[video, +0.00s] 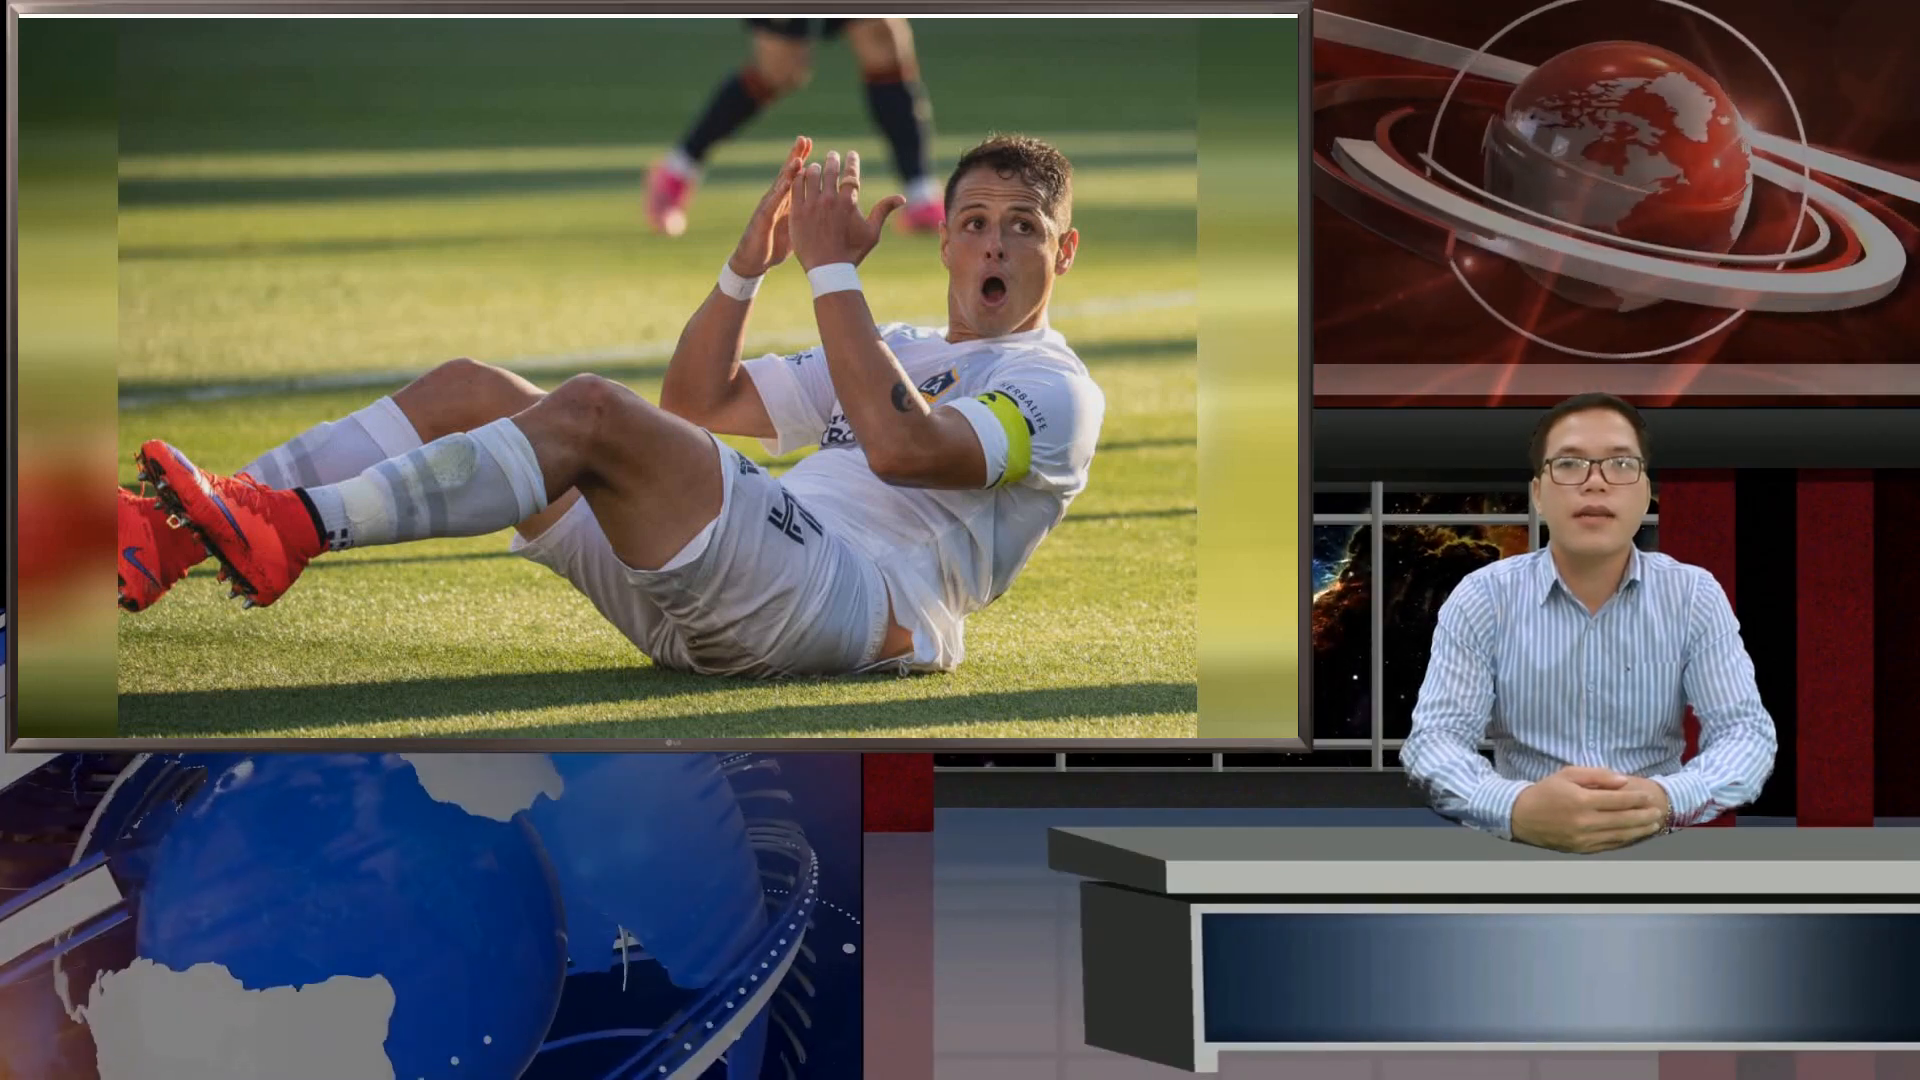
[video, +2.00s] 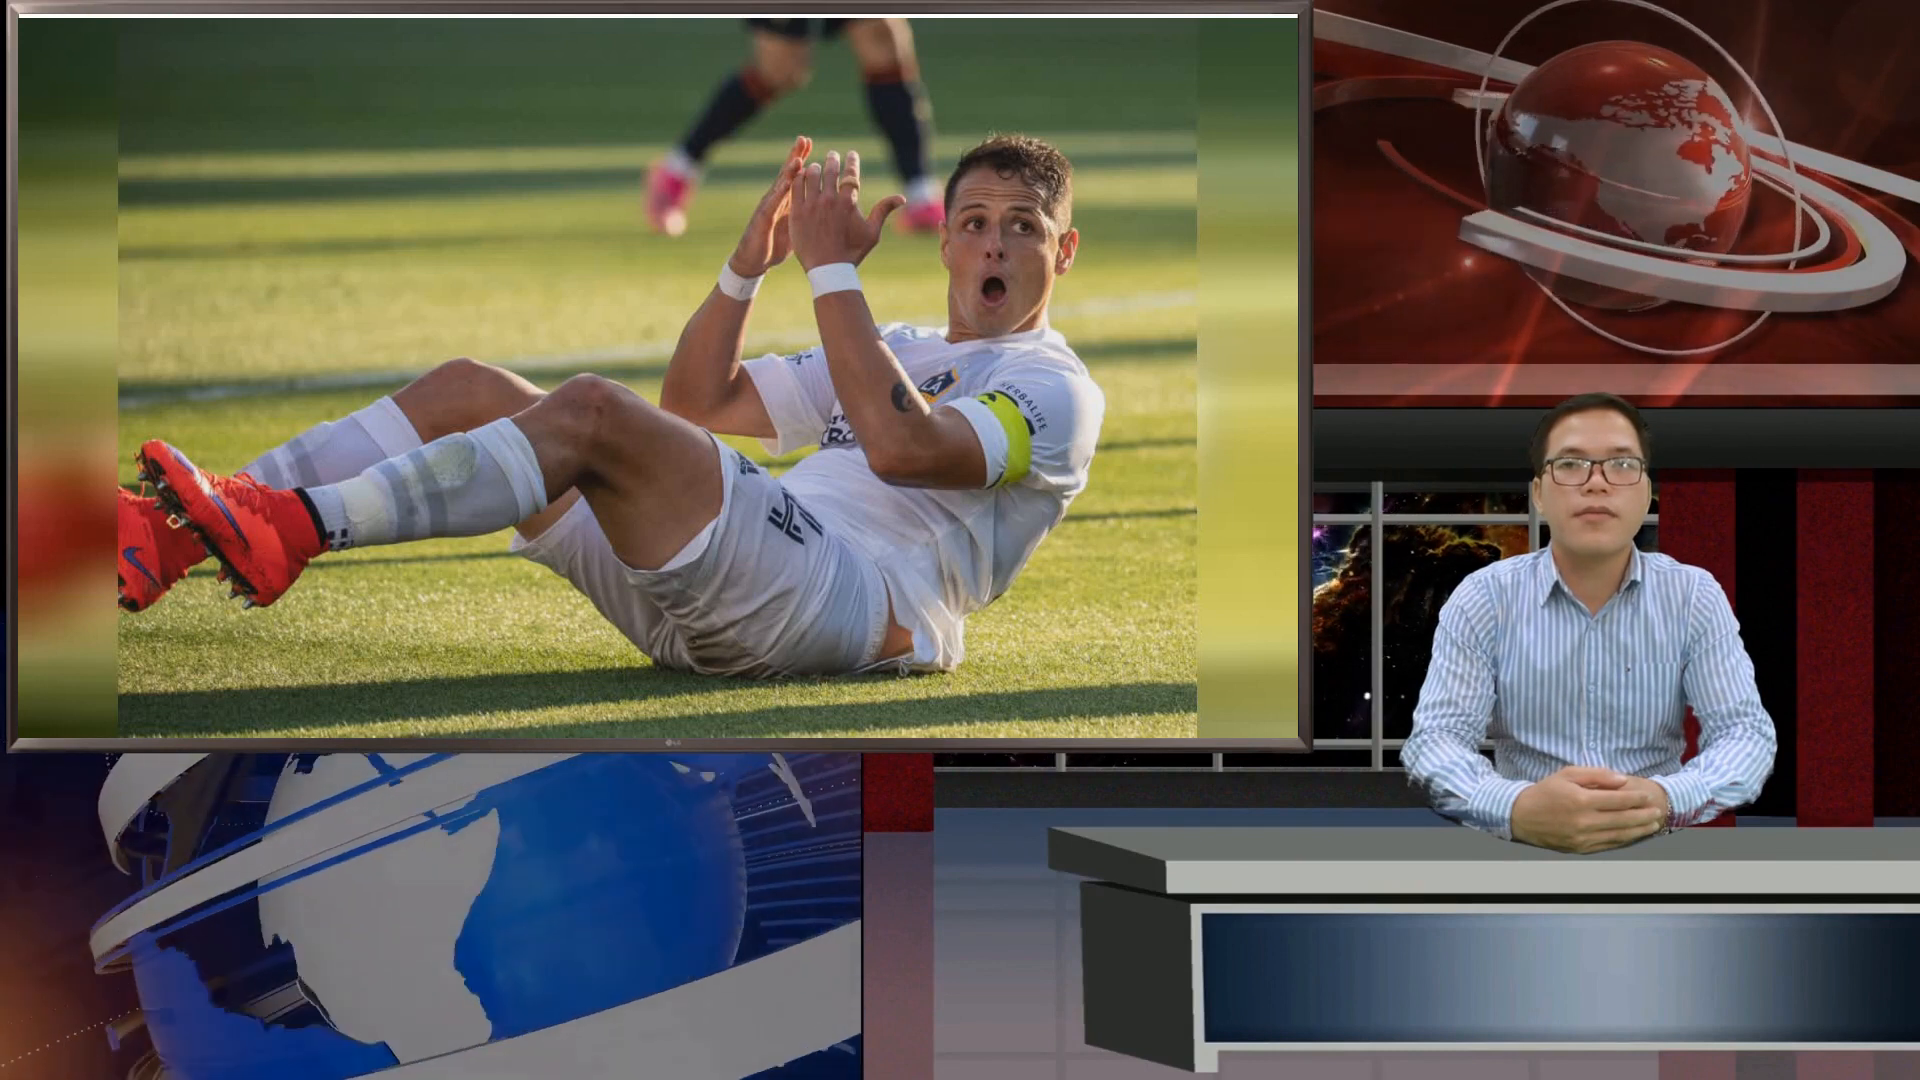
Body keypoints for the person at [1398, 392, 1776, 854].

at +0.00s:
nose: (1595, 482)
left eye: (1619, 464)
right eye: (1569, 464)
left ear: (1646, 494)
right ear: (1538, 495)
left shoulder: (1690, 598)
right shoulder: (1484, 601)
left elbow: (1745, 735)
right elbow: (1432, 745)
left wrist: (1667, 800)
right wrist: (1514, 809)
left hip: (1657, 853)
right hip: (1521, 857)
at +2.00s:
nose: (1596, 483)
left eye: (1620, 465)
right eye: (1570, 464)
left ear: (1646, 494)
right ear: (1539, 496)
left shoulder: (1690, 598)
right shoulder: (1484, 601)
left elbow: (1745, 735)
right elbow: (1433, 745)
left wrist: (1667, 799)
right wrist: (1515, 809)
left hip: (1656, 853)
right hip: (1520, 857)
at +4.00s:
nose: (1597, 483)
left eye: (1621, 464)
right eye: (1571, 464)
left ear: (1647, 495)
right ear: (1539, 496)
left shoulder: (1691, 598)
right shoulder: (1485, 600)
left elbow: (1745, 735)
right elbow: (1434, 744)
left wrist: (1667, 799)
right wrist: (1514, 809)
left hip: (1656, 853)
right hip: (1520, 857)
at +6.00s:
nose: (1598, 483)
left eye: (1621, 465)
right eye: (1572, 465)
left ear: (1648, 495)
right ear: (1540, 496)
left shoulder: (1691, 599)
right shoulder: (1485, 601)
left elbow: (1745, 736)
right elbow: (1434, 744)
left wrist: (1666, 799)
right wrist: (1515, 810)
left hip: (1656, 853)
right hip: (1521, 856)